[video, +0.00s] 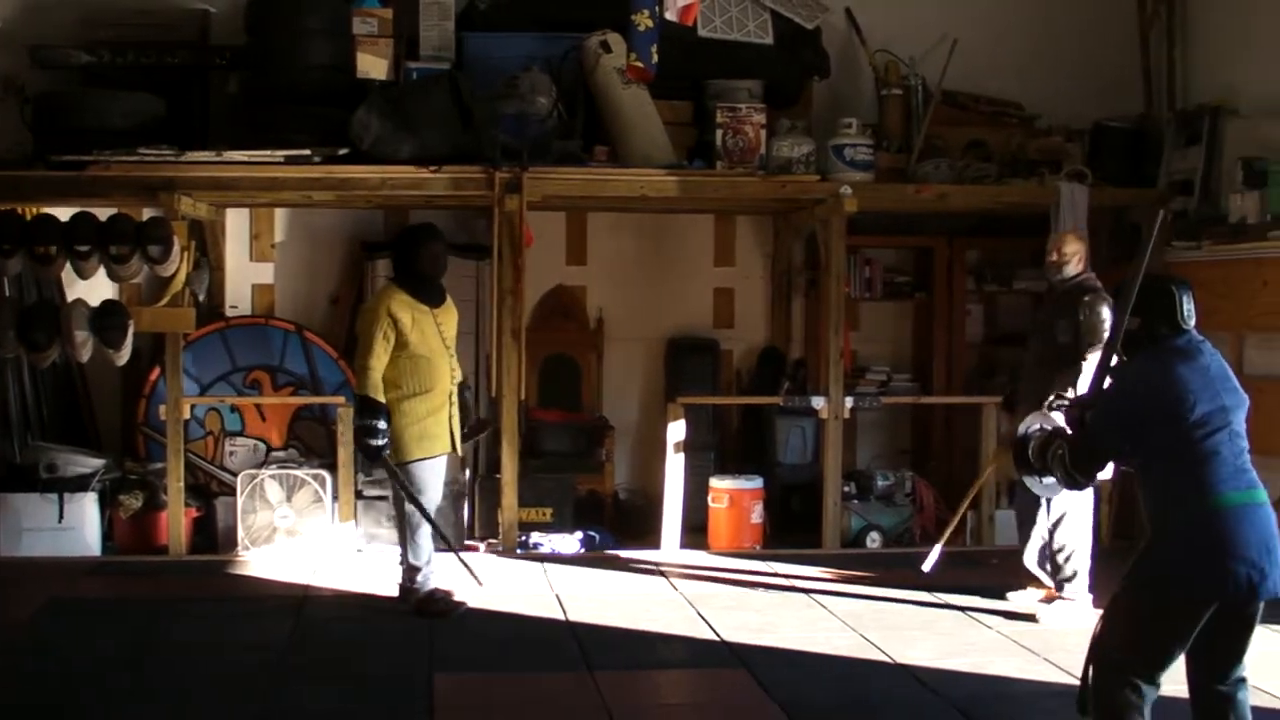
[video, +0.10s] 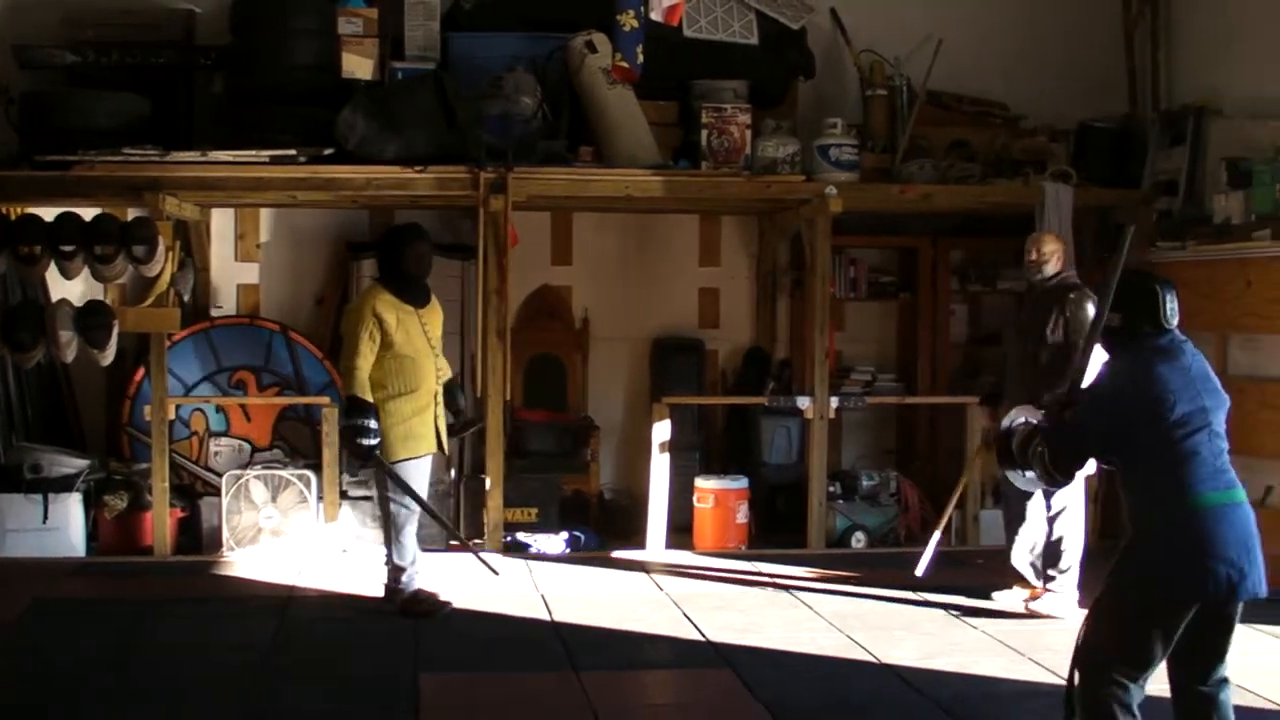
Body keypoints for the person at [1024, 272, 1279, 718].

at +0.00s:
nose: (1118, 327)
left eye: (1124, 316)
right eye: (1119, 316)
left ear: (1138, 320)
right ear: (1184, 317)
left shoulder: (1138, 376)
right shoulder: (1216, 365)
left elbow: (1079, 466)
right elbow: (1163, 438)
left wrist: (1043, 439)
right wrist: (1094, 410)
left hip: (1192, 544)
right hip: (1258, 540)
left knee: (1121, 671)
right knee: (1220, 676)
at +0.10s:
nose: (1102, 325)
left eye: (1106, 315)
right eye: (1103, 315)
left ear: (1117, 319)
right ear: (1166, 314)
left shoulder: (1123, 376)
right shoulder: (1196, 365)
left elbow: (1057, 461)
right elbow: (1147, 436)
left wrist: (1022, 429)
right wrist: (1080, 409)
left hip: (1172, 547)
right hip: (1235, 543)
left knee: (1106, 674)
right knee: (1202, 678)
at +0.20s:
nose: (1075, 320)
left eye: (1082, 310)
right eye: (1078, 310)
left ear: (1094, 317)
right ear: (1142, 315)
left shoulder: (1085, 378)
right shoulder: (1169, 365)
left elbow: (1029, 463)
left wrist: (1005, 421)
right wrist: (1051, 399)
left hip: (1146, 552)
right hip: (1208, 544)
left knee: (1088, 684)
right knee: (1183, 682)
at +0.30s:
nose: (1045, 322)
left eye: (1051, 312)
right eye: (1048, 312)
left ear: (1061, 316)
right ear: (1109, 314)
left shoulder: (1062, 376)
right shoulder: (1137, 366)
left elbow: (999, 457)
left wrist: (974, 422)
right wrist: (1011, 410)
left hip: (1114, 553)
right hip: (1178, 544)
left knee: (1060, 689)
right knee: (1162, 684)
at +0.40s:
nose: (1010, 327)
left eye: (1015, 316)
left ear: (1026, 320)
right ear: (1076, 312)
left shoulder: (1028, 377)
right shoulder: (1104, 363)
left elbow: (962, 456)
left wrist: (933, 419)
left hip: (1084, 551)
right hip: (1148, 544)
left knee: (1039, 687)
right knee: (1140, 682)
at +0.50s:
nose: (964, 338)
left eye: (972, 325)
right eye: (964, 326)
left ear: (995, 324)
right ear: (1041, 311)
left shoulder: (1003, 378)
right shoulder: (1072, 359)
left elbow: (931, 452)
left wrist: (895, 413)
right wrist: (951, 394)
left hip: (1055, 555)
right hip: (1118, 543)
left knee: (1017, 690)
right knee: (1108, 680)